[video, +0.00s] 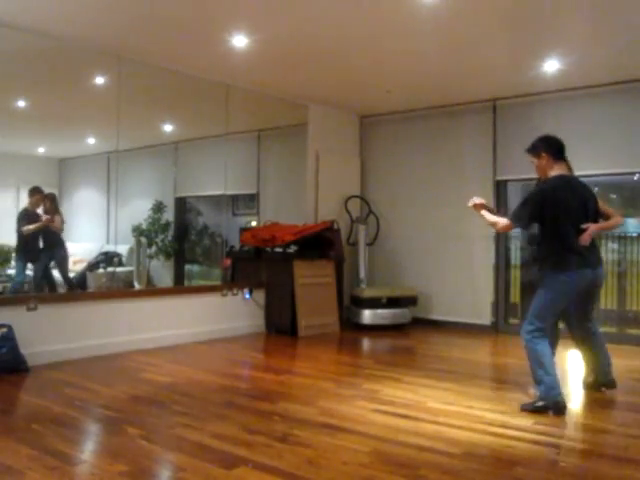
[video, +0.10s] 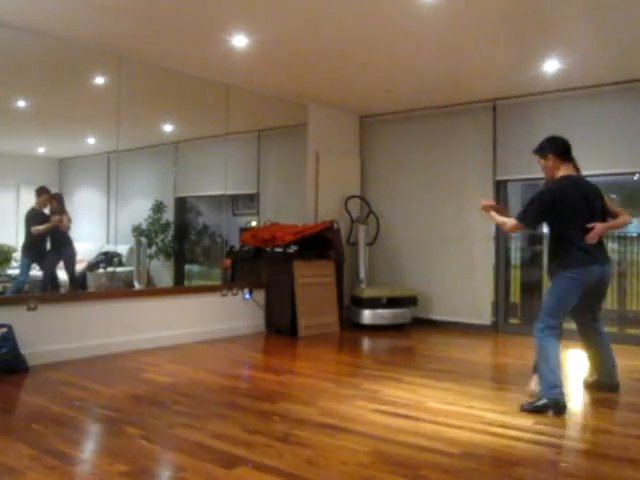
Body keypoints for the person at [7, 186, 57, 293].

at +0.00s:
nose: (40, 202)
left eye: (41, 199)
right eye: (39, 198)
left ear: (41, 199)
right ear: (32, 197)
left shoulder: (37, 215)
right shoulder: (23, 213)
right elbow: (24, 230)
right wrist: (42, 223)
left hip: (35, 249)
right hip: (22, 250)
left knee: (43, 275)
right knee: (19, 278)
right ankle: (11, 303)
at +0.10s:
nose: (48, 202)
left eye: (49, 199)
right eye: (46, 198)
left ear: (46, 199)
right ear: (39, 198)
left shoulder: (46, 216)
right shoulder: (31, 213)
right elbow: (33, 230)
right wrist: (52, 224)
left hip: (41, 250)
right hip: (29, 249)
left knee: (51, 275)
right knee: (23, 277)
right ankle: (10, 299)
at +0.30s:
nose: (58, 201)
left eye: (59, 198)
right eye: (57, 198)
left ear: (58, 198)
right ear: (50, 197)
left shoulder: (54, 214)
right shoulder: (42, 212)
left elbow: (57, 227)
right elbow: (49, 229)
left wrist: (71, 223)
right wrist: (69, 225)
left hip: (48, 250)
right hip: (38, 249)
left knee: (60, 274)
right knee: (30, 276)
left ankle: (63, 298)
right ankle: (11, 295)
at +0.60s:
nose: (63, 199)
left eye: (64, 197)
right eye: (62, 196)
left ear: (63, 197)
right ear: (55, 195)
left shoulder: (59, 212)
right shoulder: (47, 211)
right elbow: (56, 227)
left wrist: (80, 220)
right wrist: (77, 224)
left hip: (52, 247)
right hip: (42, 247)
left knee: (60, 273)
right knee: (39, 274)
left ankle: (60, 298)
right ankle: (25, 295)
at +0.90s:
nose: (58, 199)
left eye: (60, 197)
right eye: (57, 196)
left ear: (60, 196)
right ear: (50, 194)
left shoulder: (56, 210)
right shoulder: (41, 209)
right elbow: (43, 222)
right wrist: (60, 217)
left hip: (52, 244)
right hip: (39, 244)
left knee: (57, 271)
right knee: (38, 271)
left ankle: (59, 295)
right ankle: (33, 296)